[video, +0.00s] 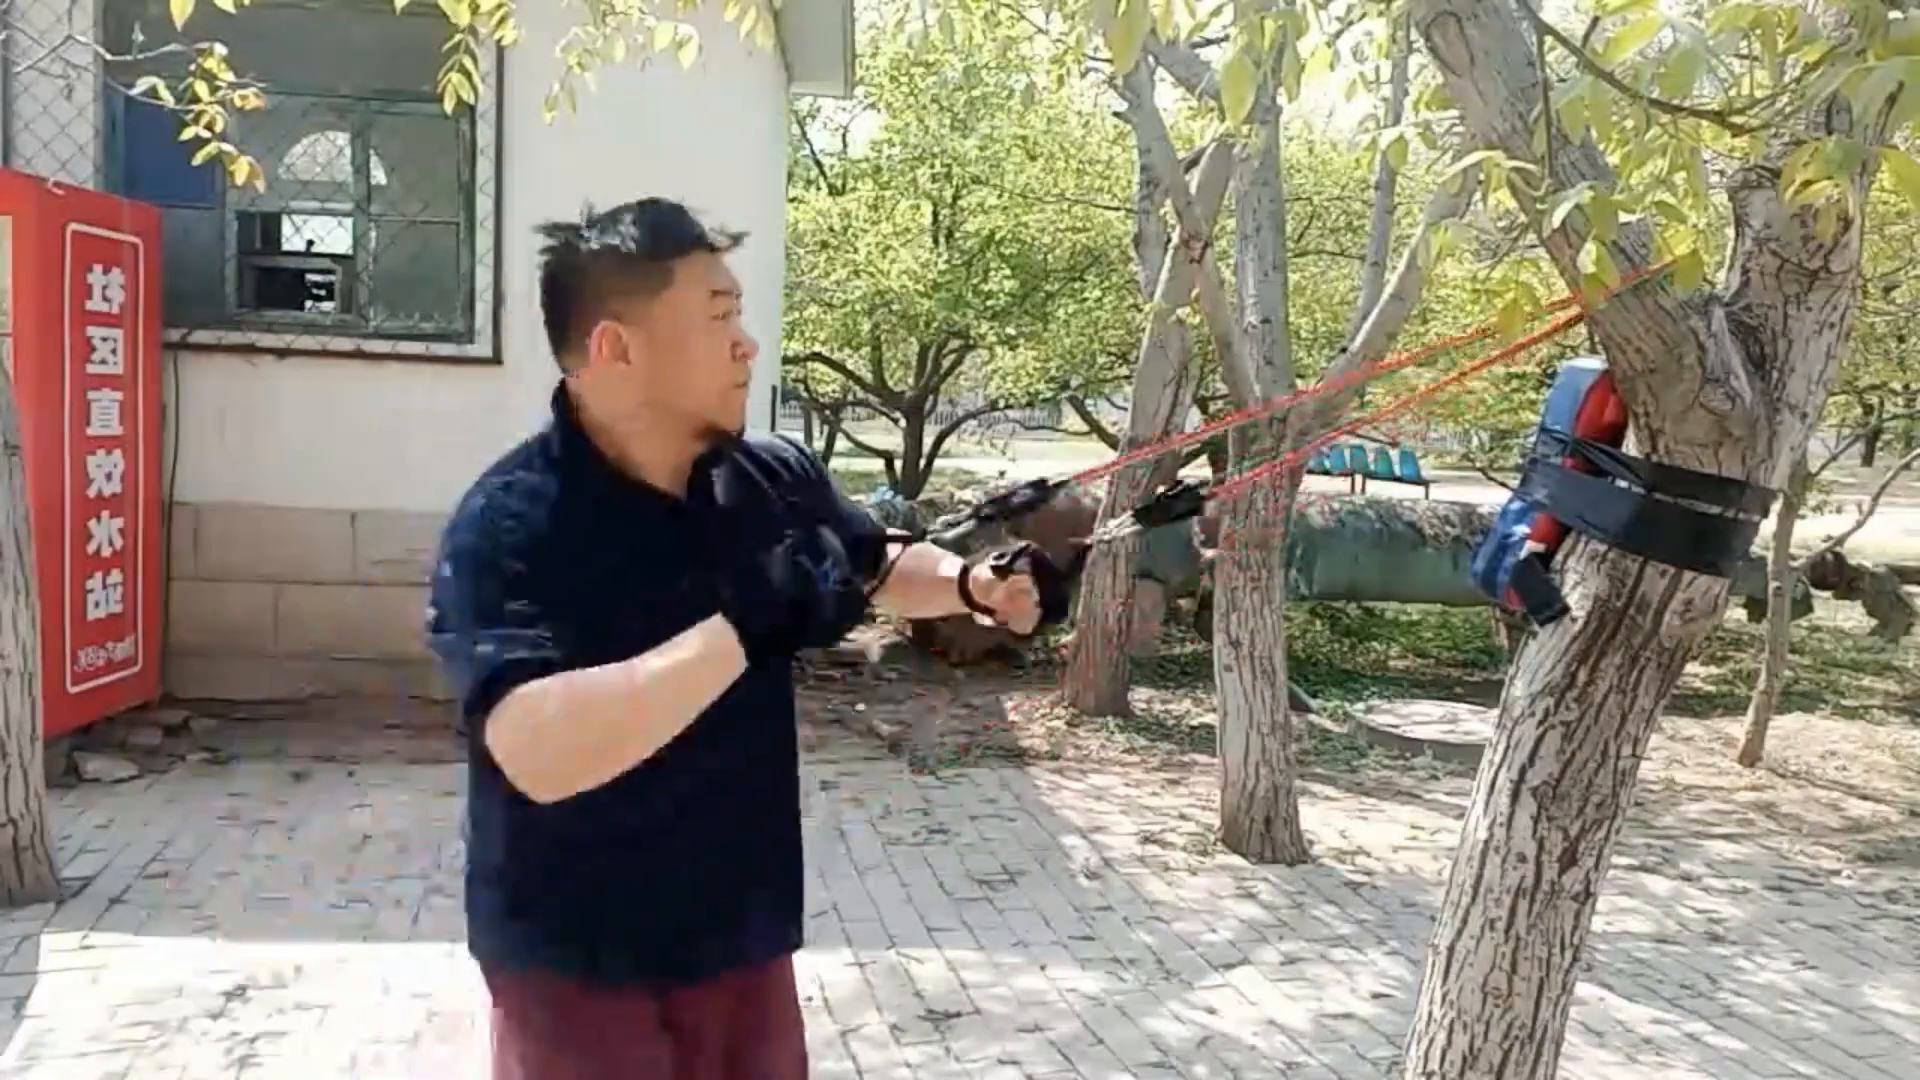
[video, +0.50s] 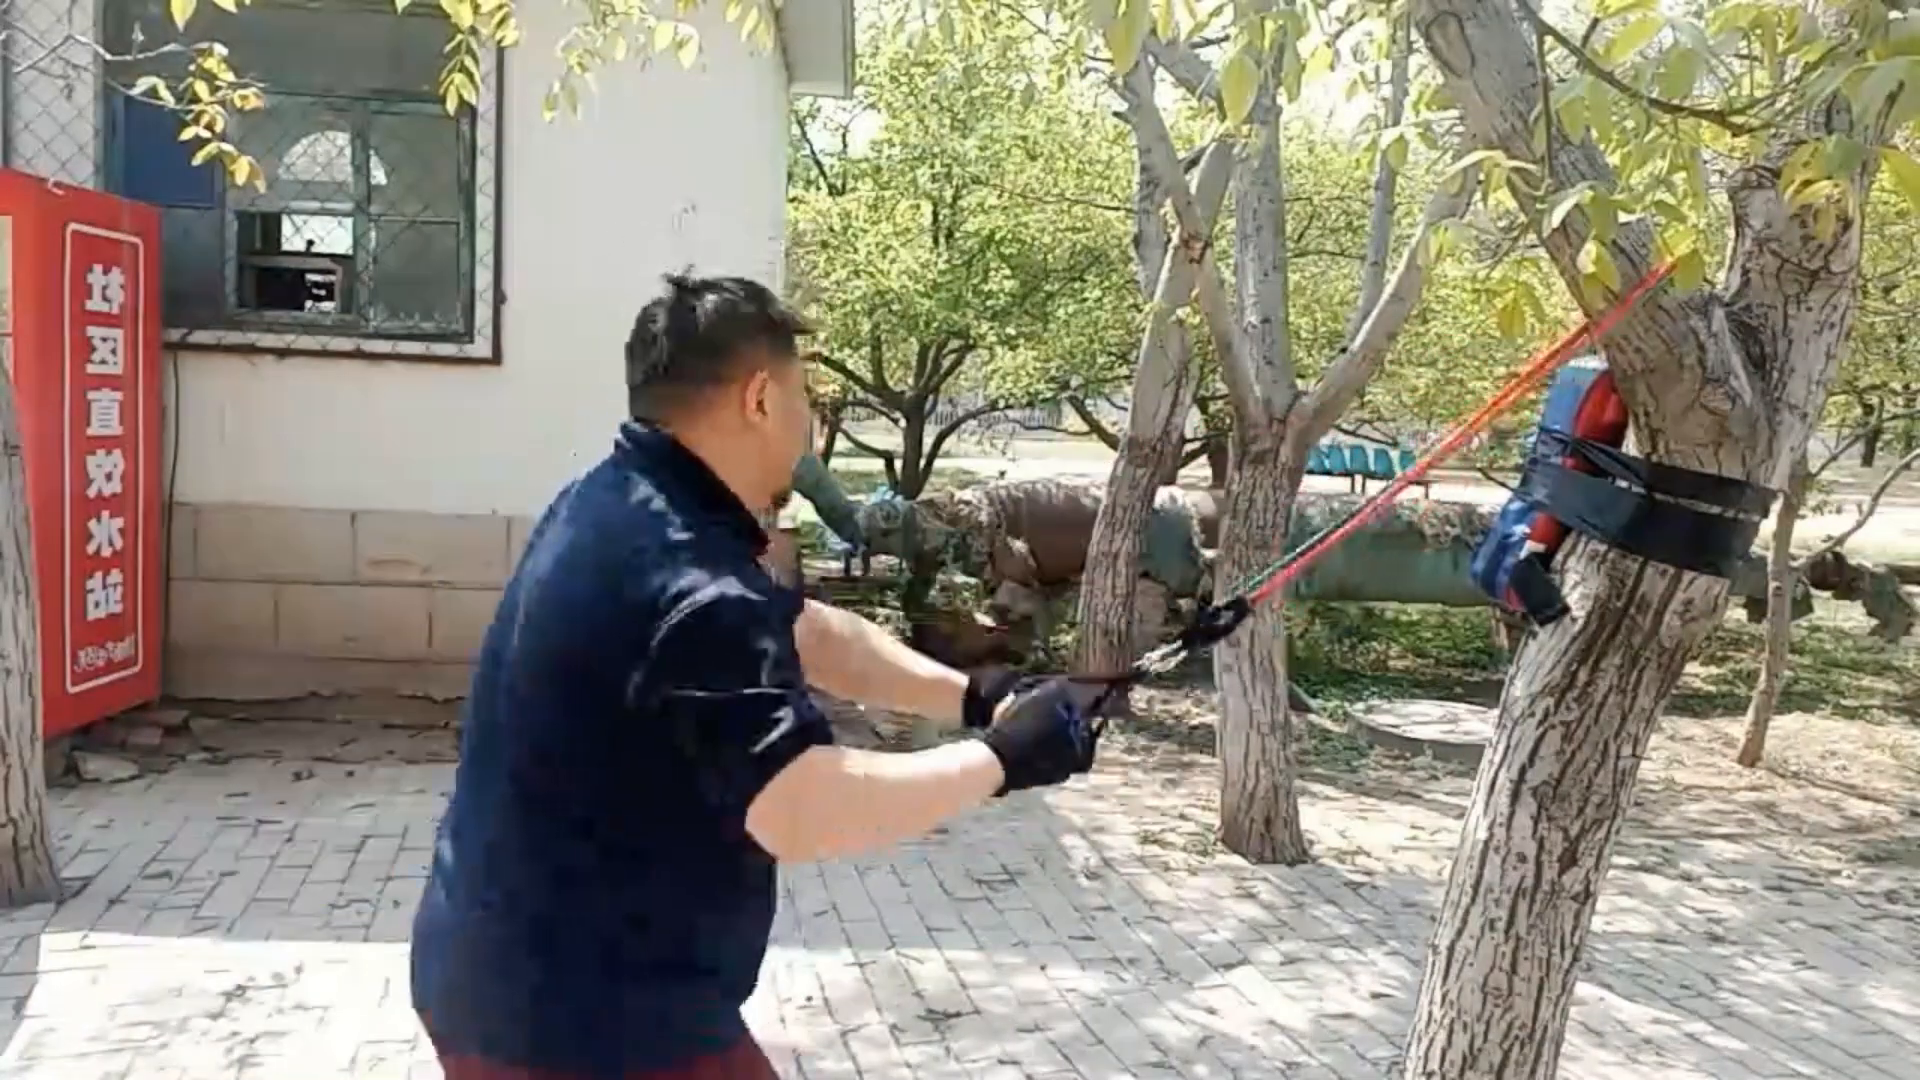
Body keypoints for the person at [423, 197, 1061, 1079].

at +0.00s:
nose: (750, 343)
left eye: (738, 313)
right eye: (721, 316)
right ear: (613, 349)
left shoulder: (770, 480)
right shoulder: (507, 525)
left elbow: (873, 560)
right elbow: (541, 751)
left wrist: (973, 585)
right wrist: (747, 628)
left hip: (745, 951)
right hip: (575, 973)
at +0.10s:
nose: (791, 343)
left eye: (781, 314)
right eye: (768, 315)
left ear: (672, 350)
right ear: (669, 347)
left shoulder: (766, 477)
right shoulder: (565, 528)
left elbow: (872, 569)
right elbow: (754, 694)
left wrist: (1032, 567)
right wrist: (967, 599)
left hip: (734, 936)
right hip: (608, 957)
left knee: (769, 1068)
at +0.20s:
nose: (813, 356)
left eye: (803, 328)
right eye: (793, 329)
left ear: (713, 361)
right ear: (711, 358)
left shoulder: (709, 477)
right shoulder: (659, 534)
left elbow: (867, 583)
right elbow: (901, 669)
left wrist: (1037, 636)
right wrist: (1126, 678)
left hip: (673, 941)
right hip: (634, 967)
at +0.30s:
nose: (828, 377)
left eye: (819, 350)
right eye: (813, 351)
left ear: (725, 374)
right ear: (740, 374)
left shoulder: (659, 485)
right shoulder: (704, 547)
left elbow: (868, 616)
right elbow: (936, 711)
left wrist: (1056, 715)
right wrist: (1137, 737)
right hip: (644, 1000)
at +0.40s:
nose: (830, 416)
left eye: (827, 389)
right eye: (823, 387)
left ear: (682, 388)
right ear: (769, 392)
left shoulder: (620, 500)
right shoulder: (728, 596)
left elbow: (816, 644)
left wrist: (969, 724)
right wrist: (1052, 794)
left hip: (519, 968)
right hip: (630, 1016)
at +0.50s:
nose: (812, 423)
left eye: (807, 395)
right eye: (804, 393)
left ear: (657, 394)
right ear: (757, 400)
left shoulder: (608, 507)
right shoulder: (701, 592)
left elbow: (812, 639)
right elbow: (799, 809)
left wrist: (971, 695)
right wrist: (1002, 757)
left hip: (490, 977)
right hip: (608, 1026)